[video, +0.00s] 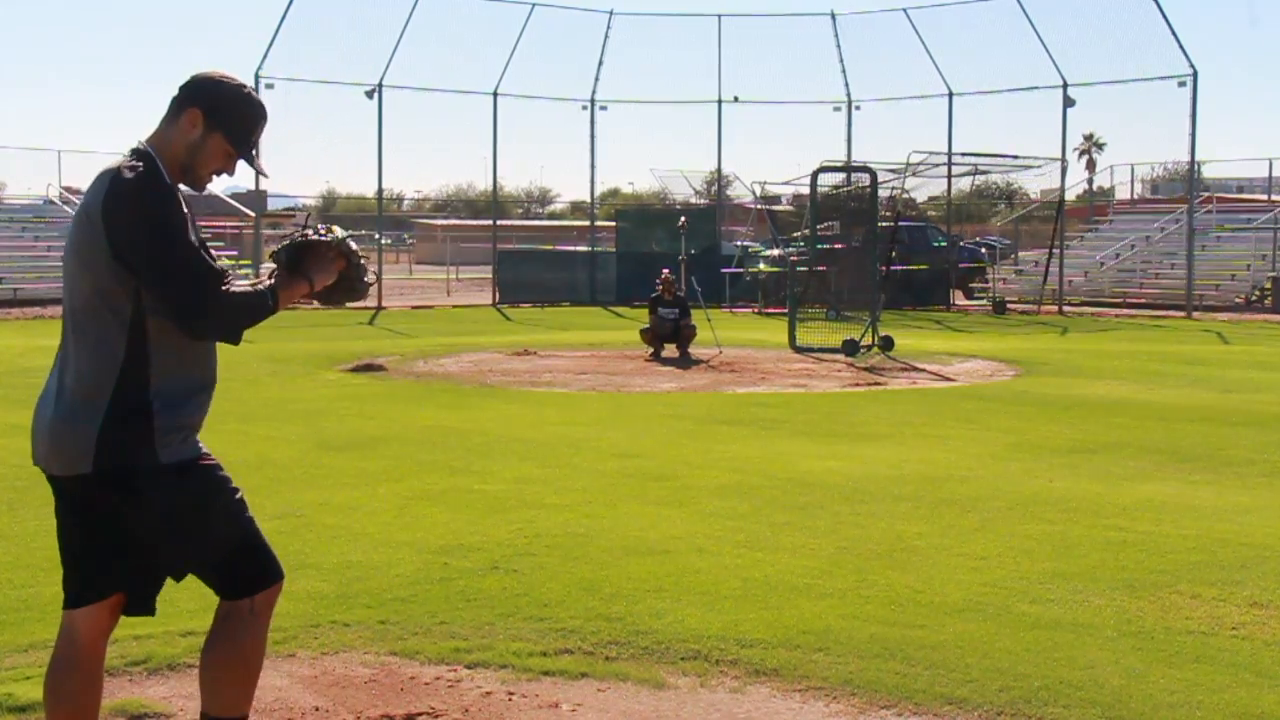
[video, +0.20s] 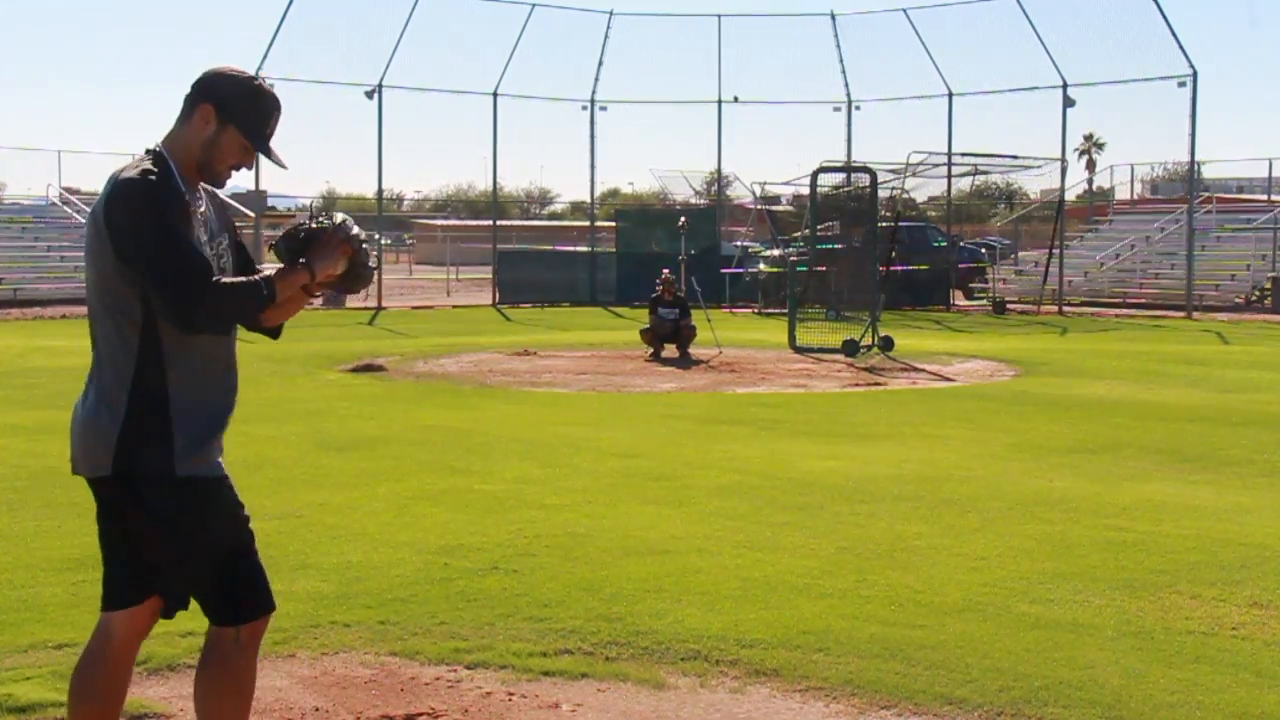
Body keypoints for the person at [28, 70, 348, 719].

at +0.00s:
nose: (228, 168)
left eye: (236, 158)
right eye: (230, 151)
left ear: (189, 125)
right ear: (192, 121)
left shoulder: (114, 187)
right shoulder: (144, 192)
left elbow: (197, 303)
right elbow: (212, 312)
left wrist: (276, 289)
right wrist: (287, 283)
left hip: (80, 444)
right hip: (143, 448)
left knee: (91, 609)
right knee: (254, 584)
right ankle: (223, 716)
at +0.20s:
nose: (246, 166)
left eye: (252, 156)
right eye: (245, 149)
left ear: (209, 126)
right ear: (207, 119)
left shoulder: (196, 203)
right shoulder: (144, 191)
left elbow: (239, 314)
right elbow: (195, 303)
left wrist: (287, 298)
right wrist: (307, 268)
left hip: (137, 446)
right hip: (159, 450)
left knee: (132, 608)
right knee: (243, 612)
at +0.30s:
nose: (260, 155)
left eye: (266, 144)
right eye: (259, 138)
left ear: (225, 120)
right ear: (217, 112)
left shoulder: (231, 203)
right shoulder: (146, 189)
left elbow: (277, 315)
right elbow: (190, 295)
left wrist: (320, 267)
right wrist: (287, 265)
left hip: (204, 446)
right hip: (159, 448)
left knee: (183, 614)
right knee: (236, 615)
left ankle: (120, 717)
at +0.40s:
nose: (268, 148)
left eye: (274, 136)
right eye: (265, 131)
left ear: (236, 118)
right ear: (221, 107)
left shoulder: (250, 203)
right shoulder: (144, 186)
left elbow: (301, 313)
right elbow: (182, 286)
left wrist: (323, 256)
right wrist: (290, 243)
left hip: (232, 440)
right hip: (162, 447)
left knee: (279, 591)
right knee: (222, 622)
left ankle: (165, 711)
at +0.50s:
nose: (275, 147)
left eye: (280, 134)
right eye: (271, 129)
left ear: (241, 116)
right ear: (227, 106)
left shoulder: (259, 198)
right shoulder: (141, 182)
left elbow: (317, 310)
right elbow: (148, 271)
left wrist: (318, 247)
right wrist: (268, 228)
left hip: (254, 433)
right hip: (171, 444)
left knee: (322, 575)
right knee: (220, 620)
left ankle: (244, 712)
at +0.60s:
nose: (282, 147)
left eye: (288, 134)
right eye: (276, 128)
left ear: (250, 118)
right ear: (231, 107)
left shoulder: (271, 196)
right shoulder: (138, 178)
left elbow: (333, 308)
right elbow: (123, 253)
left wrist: (309, 229)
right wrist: (244, 210)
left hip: (259, 419)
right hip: (174, 443)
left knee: (338, 557)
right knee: (216, 620)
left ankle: (340, 717)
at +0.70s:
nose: (284, 150)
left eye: (294, 139)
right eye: (279, 133)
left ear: (294, 140)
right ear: (239, 111)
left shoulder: (281, 190)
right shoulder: (149, 174)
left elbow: (348, 301)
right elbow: (109, 241)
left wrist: (306, 215)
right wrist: (229, 190)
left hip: (270, 410)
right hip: (182, 439)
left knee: (344, 532)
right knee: (215, 618)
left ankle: (412, 701)